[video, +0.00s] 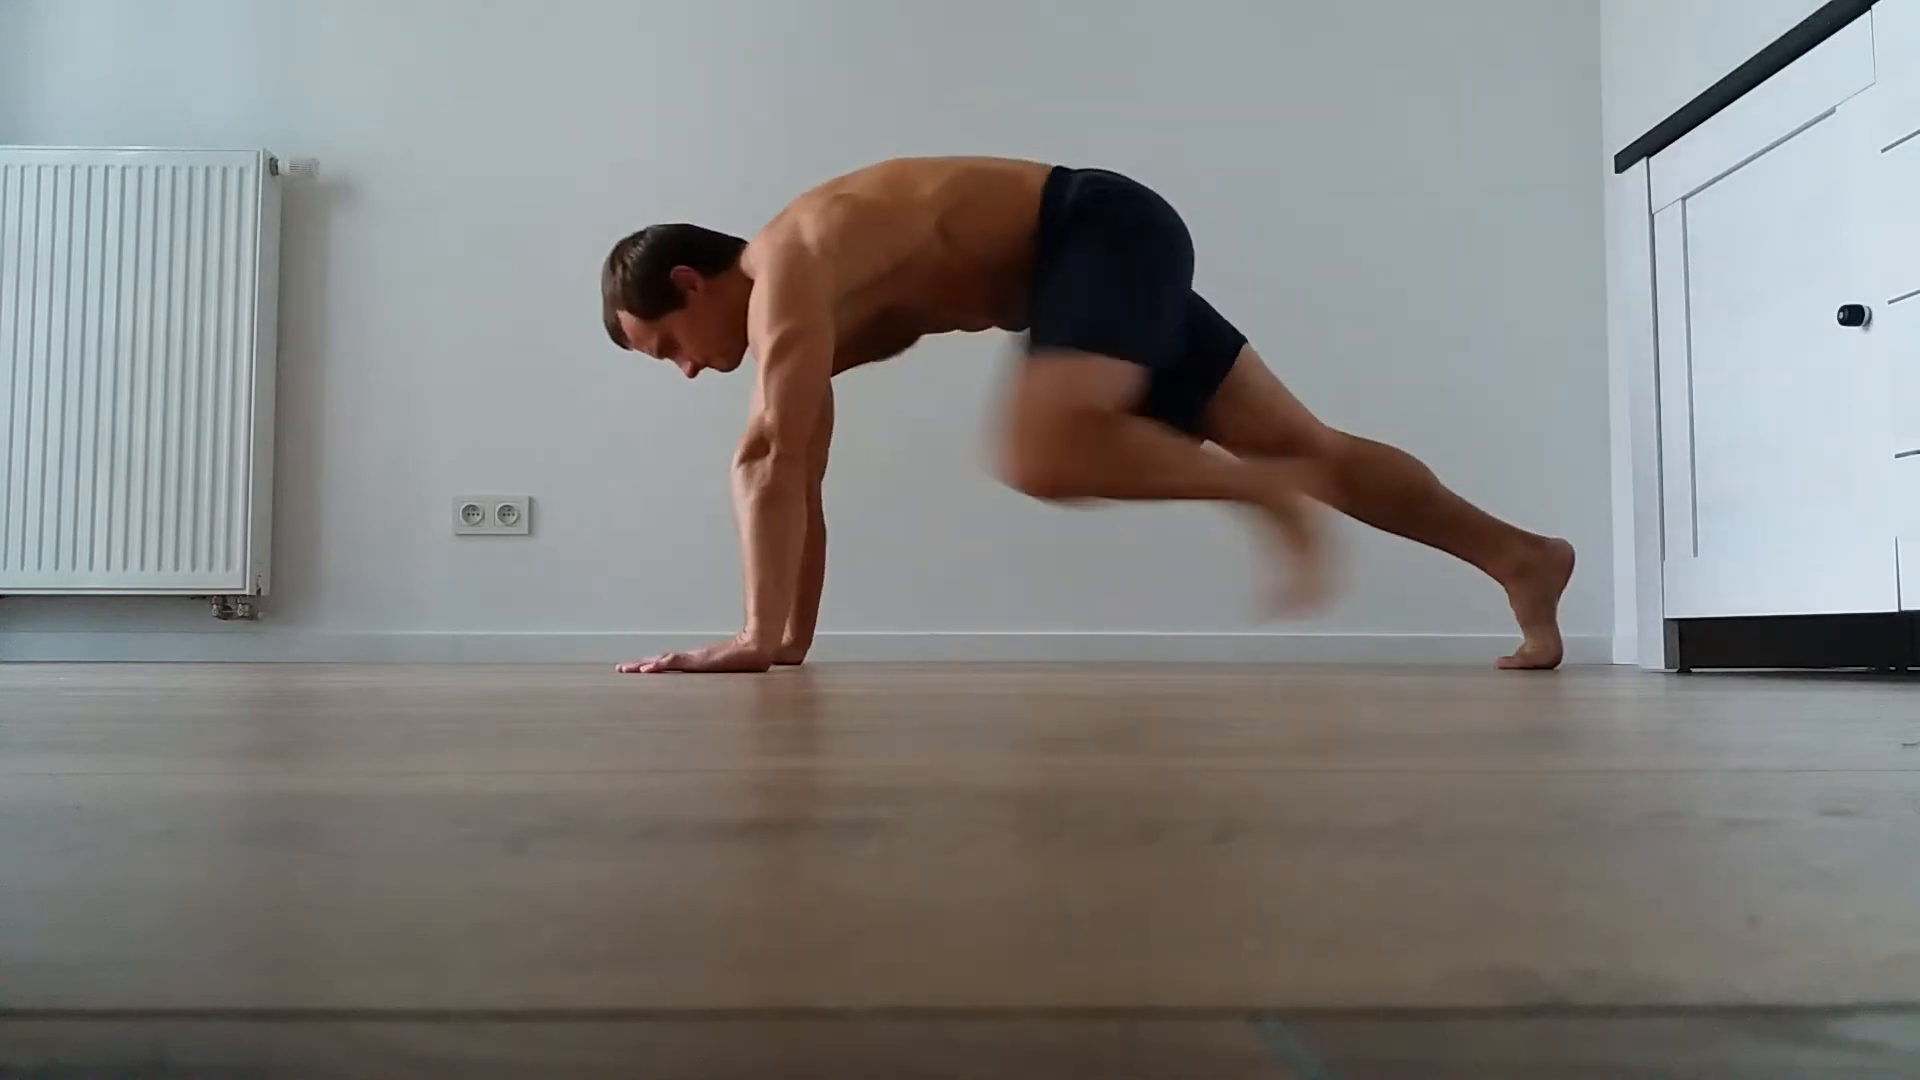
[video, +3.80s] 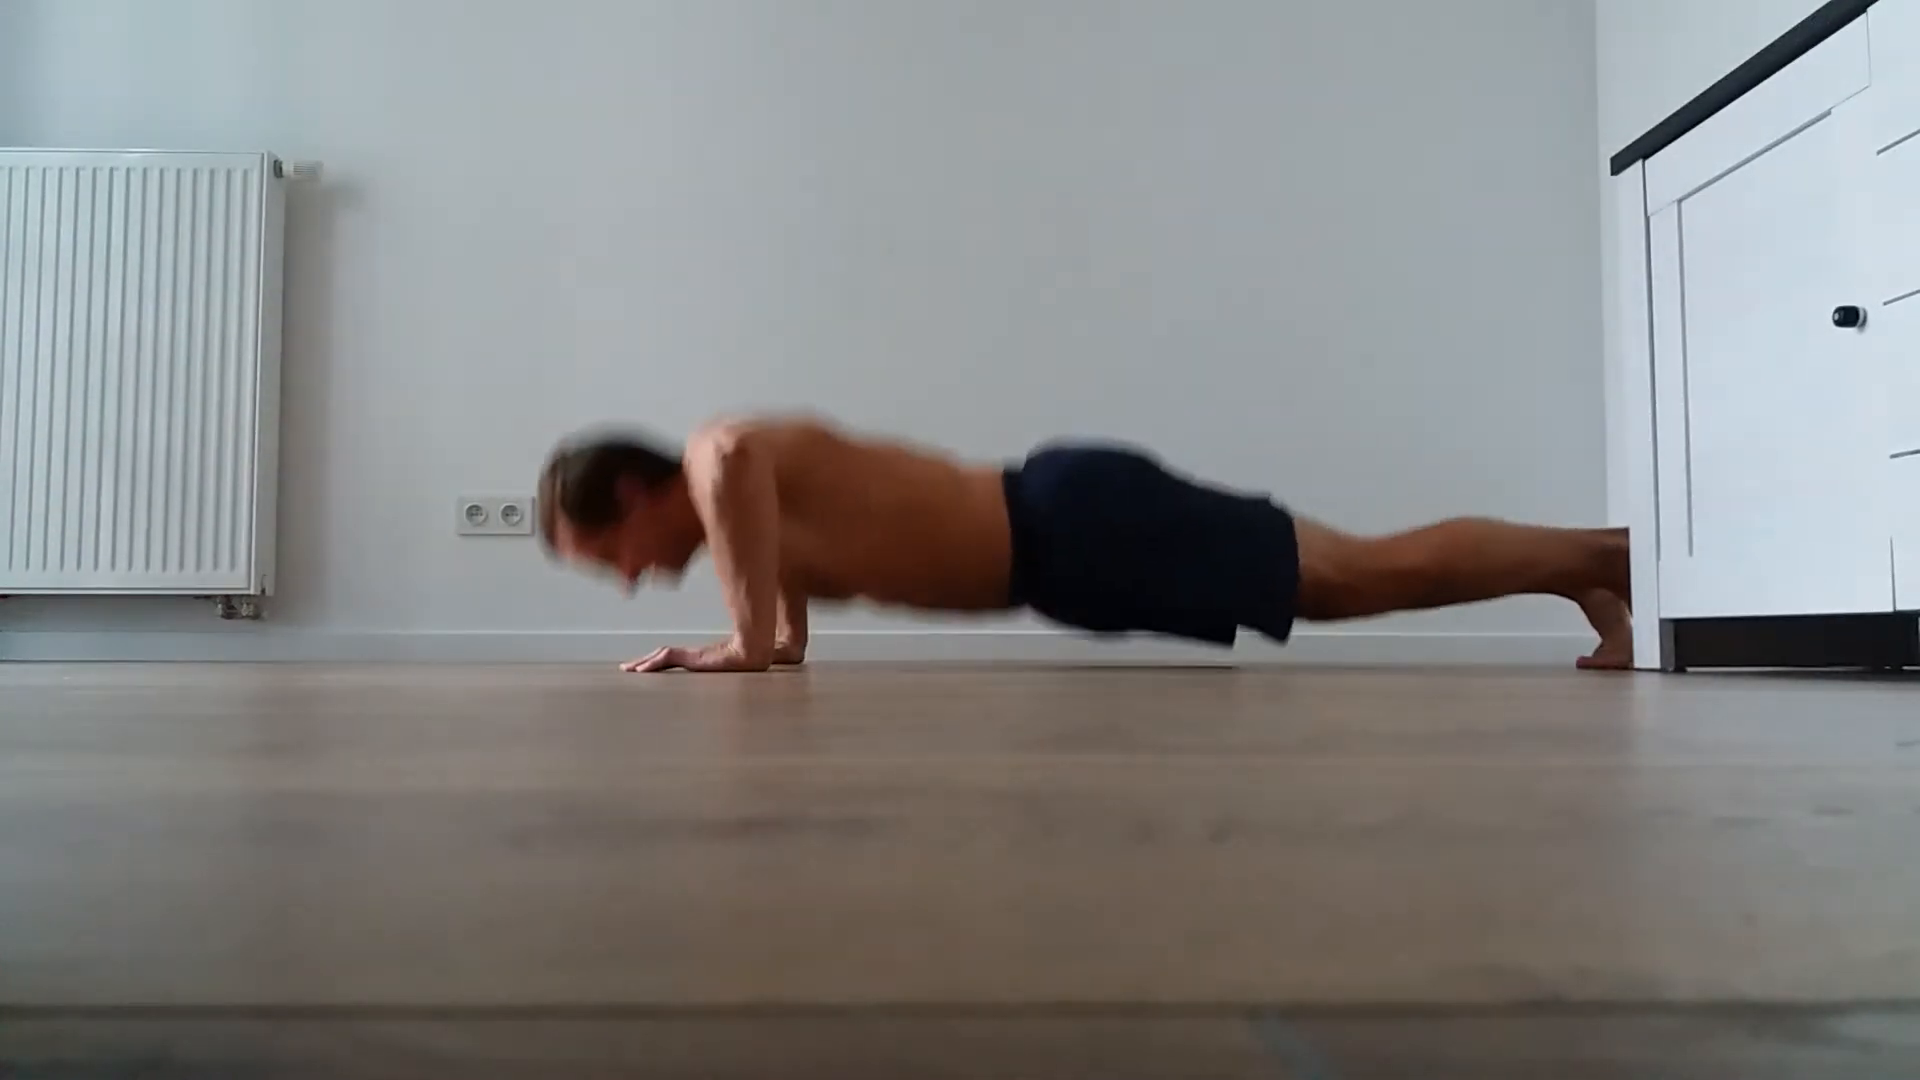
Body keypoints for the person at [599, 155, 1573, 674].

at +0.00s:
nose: (679, 364)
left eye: (663, 345)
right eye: (662, 353)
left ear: (689, 288)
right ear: (698, 288)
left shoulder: (789, 267)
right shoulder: (796, 293)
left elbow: (768, 461)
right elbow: (797, 476)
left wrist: (762, 631)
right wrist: (794, 637)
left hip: (1101, 237)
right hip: (1102, 260)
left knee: (1045, 454)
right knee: (1301, 454)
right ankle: (1522, 557)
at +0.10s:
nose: (668, 363)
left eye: (653, 344)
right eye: (651, 352)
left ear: (675, 289)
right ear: (682, 283)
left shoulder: (780, 272)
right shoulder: (779, 287)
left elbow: (774, 468)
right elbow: (779, 475)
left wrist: (763, 637)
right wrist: (788, 641)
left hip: (1087, 260)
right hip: (1080, 278)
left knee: (1209, 491)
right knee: (1281, 455)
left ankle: (1436, 481)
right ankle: (1515, 562)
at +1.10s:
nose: (635, 419)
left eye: (621, 400)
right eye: (619, 410)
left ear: (647, 345)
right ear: (653, 348)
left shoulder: (753, 323)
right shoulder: (763, 338)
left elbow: (762, 470)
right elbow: (789, 490)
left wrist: (756, 636)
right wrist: (788, 635)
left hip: (1084, 404)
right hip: (1079, 405)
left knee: (1346, 511)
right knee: (1344, 504)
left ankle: (1599, 557)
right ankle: (1590, 555)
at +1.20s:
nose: (632, 522)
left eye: (615, 502)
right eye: (616, 511)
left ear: (631, 444)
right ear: (647, 445)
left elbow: (758, 461)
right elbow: (811, 525)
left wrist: (761, 633)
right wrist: (780, 645)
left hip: (1075, 467)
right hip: (1066, 481)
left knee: (1346, 544)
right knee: (1341, 544)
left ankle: (1598, 557)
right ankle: (1587, 556)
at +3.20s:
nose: (622, 609)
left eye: (608, 590)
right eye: (603, 599)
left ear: (630, 541)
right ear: (632, 546)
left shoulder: (723, 502)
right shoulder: (734, 516)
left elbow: (709, 462)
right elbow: (798, 610)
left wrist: (765, 637)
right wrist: (736, 647)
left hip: (1064, 542)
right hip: (1054, 544)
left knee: (1357, 575)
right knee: (1352, 572)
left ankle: (1593, 559)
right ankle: (1587, 560)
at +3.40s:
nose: (639, 416)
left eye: (625, 396)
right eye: (625, 406)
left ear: (652, 349)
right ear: (663, 349)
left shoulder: (749, 344)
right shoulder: (762, 358)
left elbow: (738, 484)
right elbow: (781, 502)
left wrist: (753, 640)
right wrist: (786, 644)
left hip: (1089, 419)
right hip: (1084, 415)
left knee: (1363, 510)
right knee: (1359, 503)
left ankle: (1597, 553)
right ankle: (1588, 552)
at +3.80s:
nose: (625, 576)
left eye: (609, 560)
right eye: (608, 568)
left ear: (623, 506)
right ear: (631, 512)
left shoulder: (720, 462)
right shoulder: (733, 475)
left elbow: (734, 469)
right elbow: (790, 620)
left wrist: (751, 639)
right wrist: (741, 643)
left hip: (1068, 530)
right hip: (1057, 532)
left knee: (1358, 576)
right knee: (1352, 570)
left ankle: (1595, 563)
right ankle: (1589, 564)